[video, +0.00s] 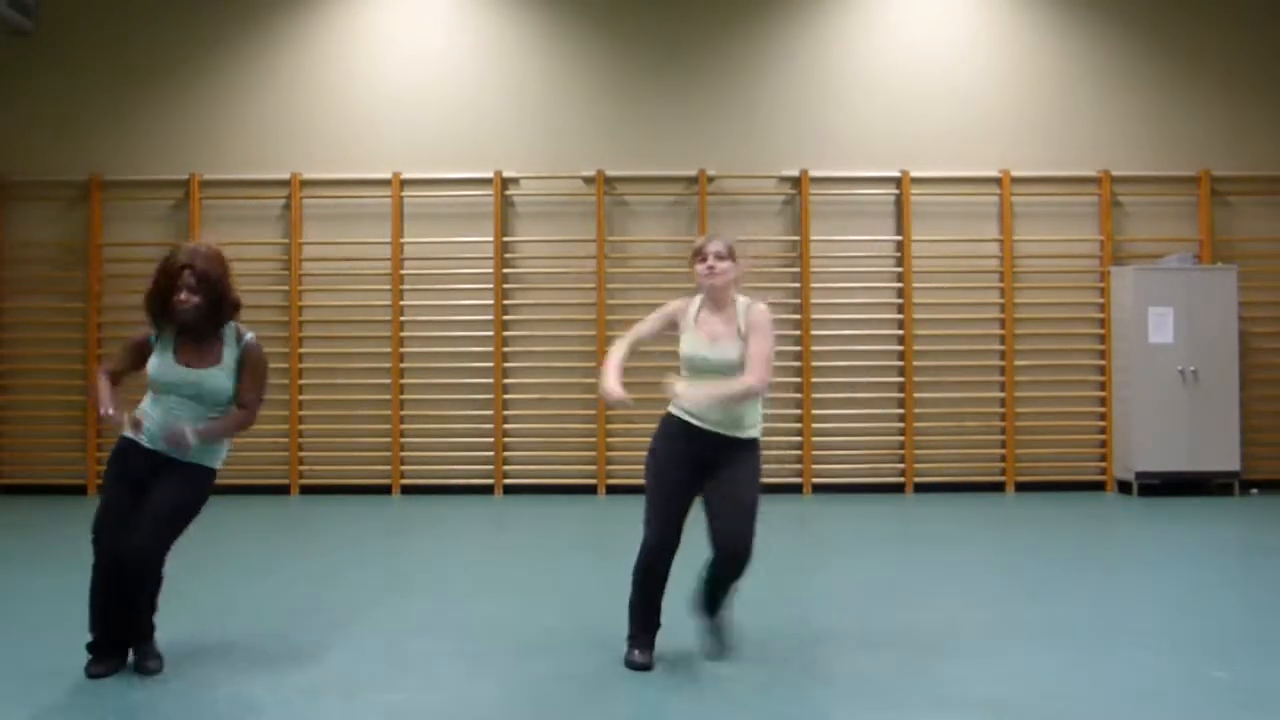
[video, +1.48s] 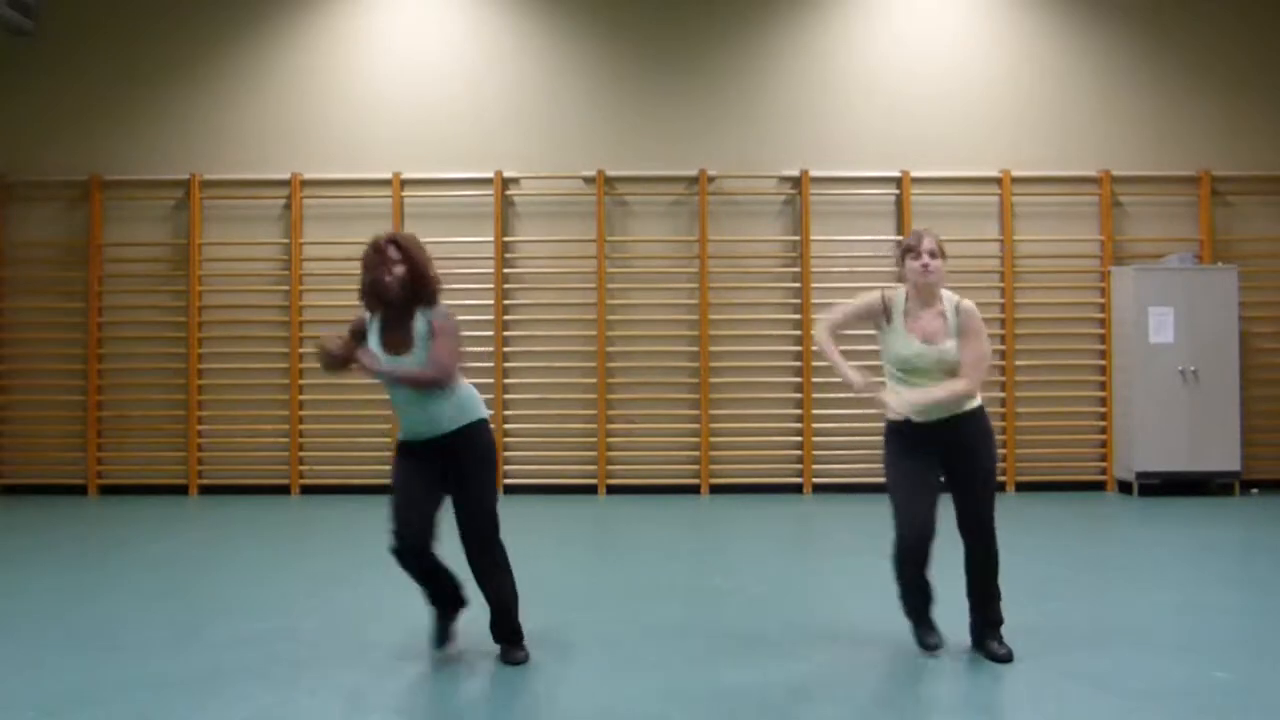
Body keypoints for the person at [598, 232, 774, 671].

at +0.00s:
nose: (710, 265)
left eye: (720, 258)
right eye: (703, 259)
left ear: (736, 267)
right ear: (694, 269)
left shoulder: (755, 313)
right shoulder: (683, 310)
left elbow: (757, 381)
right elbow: (629, 338)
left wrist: (697, 393)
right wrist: (610, 374)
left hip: (736, 448)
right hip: (680, 438)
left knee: (735, 550)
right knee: (659, 544)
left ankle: (710, 606)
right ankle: (641, 638)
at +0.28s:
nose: (723, 247)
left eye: (729, 238)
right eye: (712, 242)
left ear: (741, 244)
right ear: (701, 255)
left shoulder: (760, 278)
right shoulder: (701, 300)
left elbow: (798, 280)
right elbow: (740, 329)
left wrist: (831, 274)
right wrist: (785, 286)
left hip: (741, 425)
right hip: (689, 422)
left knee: (775, 522)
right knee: (662, 528)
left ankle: (755, 618)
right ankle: (636, 635)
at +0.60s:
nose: (785, 250)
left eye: (791, 241)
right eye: (775, 244)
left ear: (801, 246)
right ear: (761, 253)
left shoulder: (813, 288)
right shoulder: (761, 298)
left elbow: (854, 309)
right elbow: (790, 335)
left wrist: (899, 310)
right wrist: (847, 321)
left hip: (815, 423)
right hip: (769, 425)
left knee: (818, 532)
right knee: (781, 537)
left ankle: (810, 629)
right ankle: (714, 607)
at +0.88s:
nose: (834, 247)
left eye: (838, 239)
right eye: (823, 243)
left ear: (848, 243)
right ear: (808, 254)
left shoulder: (858, 285)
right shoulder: (815, 300)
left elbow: (885, 310)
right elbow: (865, 337)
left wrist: (902, 302)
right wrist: (894, 302)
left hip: (858, 421)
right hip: (813, 423)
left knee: (919, 503)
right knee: (807, 526)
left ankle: (918, 606)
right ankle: (766, 622)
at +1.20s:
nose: (896, 263)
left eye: (900, 255)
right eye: (884, 260)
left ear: (912, 260)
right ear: (872, 273)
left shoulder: (932, 292)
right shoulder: (880, 320)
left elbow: (980, 282)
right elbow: (949, 321)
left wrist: (1027, 250)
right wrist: (997, 273)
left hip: (949, 429)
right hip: (898, 437)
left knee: (978, 533)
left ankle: (983, 631)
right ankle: (826, 597)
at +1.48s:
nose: (926, 262)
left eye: (933, 255)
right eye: (916, 255)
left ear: (944, 264)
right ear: (902, 265)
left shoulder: (965, 314)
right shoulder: (886, 303)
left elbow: (971, 383)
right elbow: (824, 326)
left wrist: (908, 400)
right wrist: (846, 370)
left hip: (964, 429)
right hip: (908, 433)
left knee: (979, 532)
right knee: (914, 534)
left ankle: (987, 630)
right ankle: (919, 616)